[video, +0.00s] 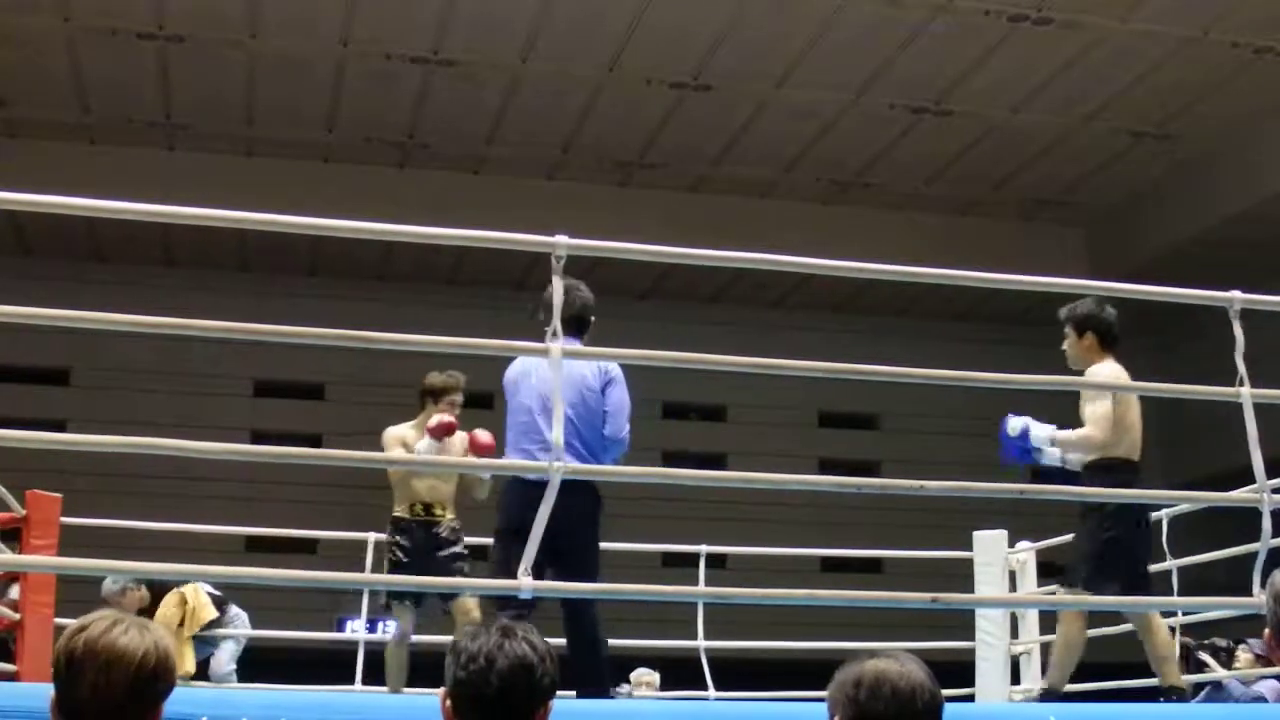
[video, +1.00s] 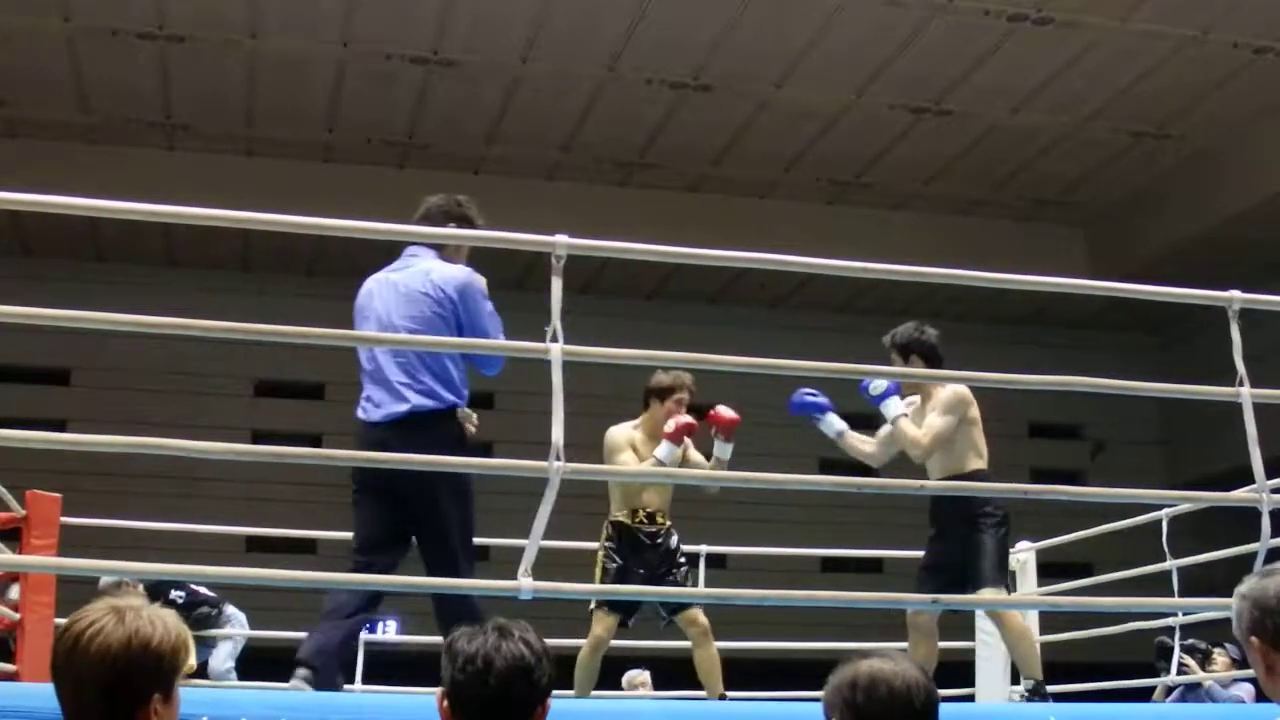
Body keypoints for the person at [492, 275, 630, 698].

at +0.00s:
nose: (539, 318)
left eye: (542, 312)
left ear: (542, 318)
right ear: (588, 323)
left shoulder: (517, 369)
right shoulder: (606, 370)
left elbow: (517, 422)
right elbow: (616, 434)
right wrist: (596, 465)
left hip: (521, 491)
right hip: (578, 494)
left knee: (511, 593)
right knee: (579, 596)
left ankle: (503, 697)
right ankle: (594, 696)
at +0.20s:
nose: (569, 300)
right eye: (570, 294)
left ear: (523, 296)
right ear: (568, 298)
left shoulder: (492, 343)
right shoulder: (584, 347)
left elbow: (462, 418)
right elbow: (597, 414)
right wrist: (568, 448)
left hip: (499, 477)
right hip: (557, 479)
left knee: (497, 577)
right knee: (564, 579)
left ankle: (493, 676)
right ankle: (551, 679)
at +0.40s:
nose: (558, 290)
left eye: (556, 283)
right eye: (555, 283)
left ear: (502, 287)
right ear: (544, 288)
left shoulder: (464, 331)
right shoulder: (563, 336)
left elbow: (426, 371)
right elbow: (579, 409)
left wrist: (391, 417)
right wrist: (573, 440)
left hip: (478, 468)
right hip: (541, 467)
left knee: (484, 566)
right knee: (551, 558)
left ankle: (480, 661)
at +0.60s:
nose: (541, 285)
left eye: (542, 278)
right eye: (540, 277)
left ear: (489, 274)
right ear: (525, 274)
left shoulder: (441, 320)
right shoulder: (540, 324)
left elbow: (410, 389)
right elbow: (550, 405)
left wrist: (392, 453)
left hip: (447, 455)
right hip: (508, 454)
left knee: (464, 563)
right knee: (496, 565)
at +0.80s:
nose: (518, 262)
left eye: (519, 254)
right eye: (517, 253)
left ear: (464, 246)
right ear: (500, 248)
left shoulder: (413, 296)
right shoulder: (506, 288)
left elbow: (401, 377)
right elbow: (529, 368)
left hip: (416, 435)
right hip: (475, 434)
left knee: (426, 557)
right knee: (476, 556)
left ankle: (413, 673)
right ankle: (471, 679)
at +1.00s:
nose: (469, 253)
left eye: (472, 245)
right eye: (469, 245)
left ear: (417, 234)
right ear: (452, 236)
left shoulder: (371, 287)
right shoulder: (458, 280)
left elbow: (386, 365)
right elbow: (492, 361)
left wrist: (450, 409)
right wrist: (472, 294)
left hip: (375, 438)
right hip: (434, 437)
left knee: (370, 565)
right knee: (451, 568)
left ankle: (311, 671)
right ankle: (478, 683)